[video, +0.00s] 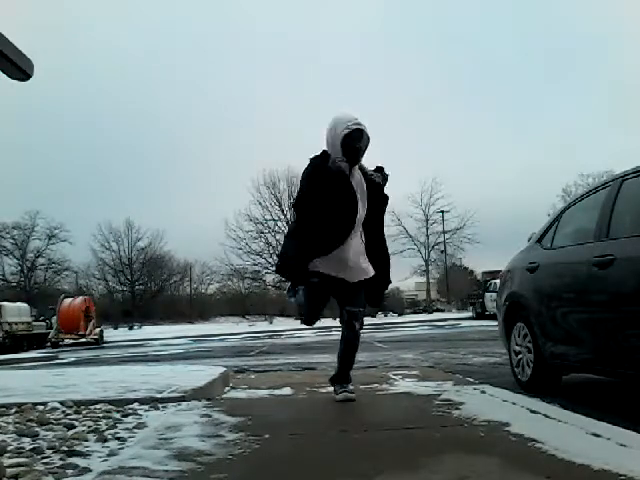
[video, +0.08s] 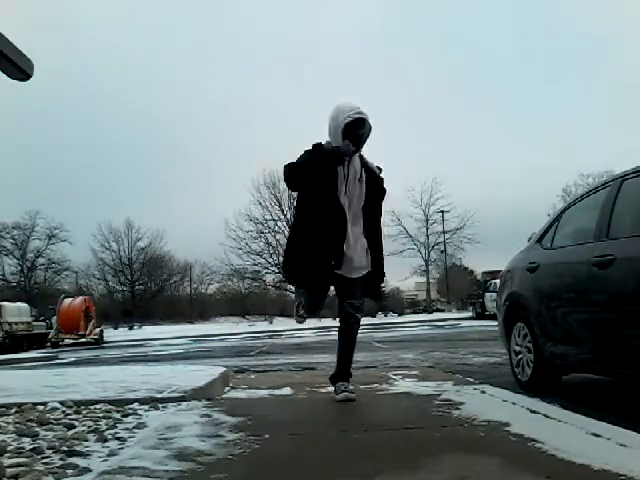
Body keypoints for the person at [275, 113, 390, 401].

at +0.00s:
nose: (359, 147)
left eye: (363, 141)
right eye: (352, 140)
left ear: (367, 144)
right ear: (336, 141)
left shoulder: (369, 182)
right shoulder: (318, 171)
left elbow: (375, 231)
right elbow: (302, 218)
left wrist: (381, 272)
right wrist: (291, 261)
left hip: (357, 264)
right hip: (322, 261)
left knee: (353, 324)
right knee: (309, 317)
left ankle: (342, 380)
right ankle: (296, 284)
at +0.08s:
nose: (360, 136)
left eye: (364, 130)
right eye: (354, 129)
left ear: (367, 134)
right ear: (338, 129)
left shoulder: (371, 175)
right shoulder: (317, 160)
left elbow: (374, 227)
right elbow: (292, 180)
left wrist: (377, 269)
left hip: (356, 257)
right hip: (319, 254)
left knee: (351, 318)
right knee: (312, 309)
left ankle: (342, 379)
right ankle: (302, 302)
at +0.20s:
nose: (358, 113)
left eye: (362, 108)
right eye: (352, 108)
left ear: (368, 116)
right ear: (339, 115)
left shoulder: (372, 160)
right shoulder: (318, 140)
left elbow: (377, 212)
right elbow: (294, 118)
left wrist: (378, 254)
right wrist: (336, 101)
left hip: (351, 242)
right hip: (314, 237)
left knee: (350, 308)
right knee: (306, 297)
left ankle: (343, 375)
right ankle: (328, 311)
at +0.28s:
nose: (353, 121)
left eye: (358, 116)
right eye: (347, 115)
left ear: (363, 121)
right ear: (333, 119)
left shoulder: (373, 165)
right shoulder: (322, 146)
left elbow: (382, 218)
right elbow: (301, 156)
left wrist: (382, 261)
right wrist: (316, 120)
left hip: (353, 248)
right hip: (318, 241)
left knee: (351, 311)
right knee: (298, 303)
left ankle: (346, 379)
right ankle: (320, 303)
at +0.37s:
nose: (338, 138)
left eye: (343, 132)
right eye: (332, 133)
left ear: (354, 137)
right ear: (323, 136)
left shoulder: (374, 177)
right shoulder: (314, 167)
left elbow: (384, 220)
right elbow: (302, 208)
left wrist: (402, 241)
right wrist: (295, 171)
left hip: (358, 261)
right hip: (323, 257)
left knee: (349, 321)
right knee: (296, 315)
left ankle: (344, 381)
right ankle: (296, 300)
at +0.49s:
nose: (319, 145)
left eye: (324, 139)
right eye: (315, 140)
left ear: (340, 139)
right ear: (313, 142)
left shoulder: (367, 169)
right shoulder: (309, 174)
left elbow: (411, 182)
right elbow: (284, 214)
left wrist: (389, 169)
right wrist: (280, 216)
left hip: (357, 262)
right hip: (321, 262)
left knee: (349, 321)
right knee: (317, 314)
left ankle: (343, 380)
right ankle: (287, 310)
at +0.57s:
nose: (310, 128)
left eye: (316, 121)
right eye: (307, 123)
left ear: (332, 121)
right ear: (305, 126)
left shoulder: (360, 144)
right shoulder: (305, 161)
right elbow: (288, 203)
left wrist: (384, 134)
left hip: (356, 242)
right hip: (321, 243)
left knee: (352, 309)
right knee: (326, 303)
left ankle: (347, 375)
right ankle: (298, 341)